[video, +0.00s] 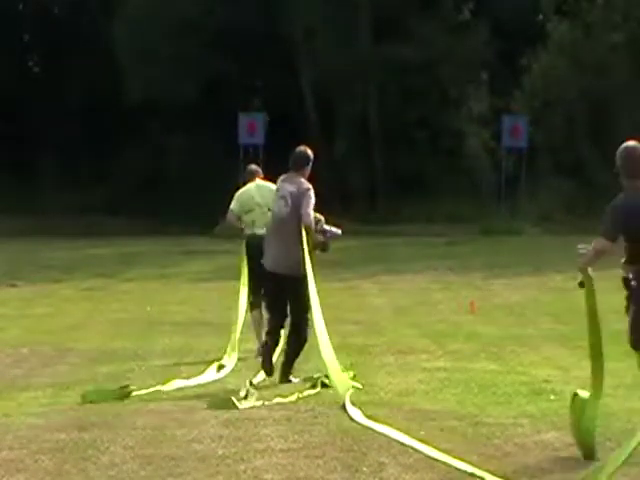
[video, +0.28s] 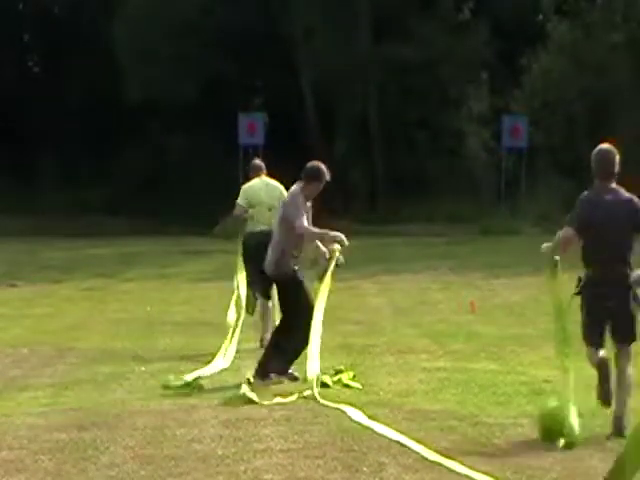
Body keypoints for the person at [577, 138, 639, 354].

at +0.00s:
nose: (617, 170)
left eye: (618, 165)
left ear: (620, 169)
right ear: (638, 167)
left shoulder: (624, 204)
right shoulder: (625, 203)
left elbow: (604, 244)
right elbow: (606, 243)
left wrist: (585, 262)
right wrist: (590, 256)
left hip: (635, 273)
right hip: (634, 272)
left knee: (637, 339)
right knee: (636, 339)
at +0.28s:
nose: (602, 171)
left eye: (598, 165)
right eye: (612, 165)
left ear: (593, 168)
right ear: (617, 168)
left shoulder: (587, 202)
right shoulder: (631, 204)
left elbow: (570, 235)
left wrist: (553, 248)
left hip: (594, 280)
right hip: (623, 280)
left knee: (593, 344)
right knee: (623, 352)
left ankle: (601, 363)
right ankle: (619, 419)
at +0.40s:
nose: (578, 165)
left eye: (575, 160)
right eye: (586, 159)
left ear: (570, 162)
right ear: (594, 161)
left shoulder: (567, 197)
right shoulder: (611, 193)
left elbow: (561, 232)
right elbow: (631, 227)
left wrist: (540, 242)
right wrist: (628, 263)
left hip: (580, 270)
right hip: (609, 269)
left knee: (577, 341)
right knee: (604, 348)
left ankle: (584, 397)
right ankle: (615, 360)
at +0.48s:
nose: (573, 167)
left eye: (568, 163)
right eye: (579, 161)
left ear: (561, 165)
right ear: (585, 164)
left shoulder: (558, 198)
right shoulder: (600, 194)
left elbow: (553, 234)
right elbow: (618, 227)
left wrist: (535, 235)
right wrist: (615, 259)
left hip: (574, 270)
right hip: (600, 268)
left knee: (570, 340)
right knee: (585, 332)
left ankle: (586, 403)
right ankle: (596, 350)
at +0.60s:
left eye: (558, 157)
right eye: (571, 155)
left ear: (552, 158)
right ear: (575, 158)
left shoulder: (542, 192)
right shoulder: (586, 191)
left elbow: (523, 225)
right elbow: (604, 228)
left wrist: (510, 247)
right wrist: (598, 255)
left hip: (553, 261)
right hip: (579, 260)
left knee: (560, 320)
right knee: (570, 320)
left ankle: (571, 369)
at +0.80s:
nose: (532, 168)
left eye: (528, 164)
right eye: (538, 163)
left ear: (523, 165)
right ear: (545, 164)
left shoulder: (521, 198)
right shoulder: (559, 195)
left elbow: (508, 229)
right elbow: (577, 226)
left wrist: (495, 245)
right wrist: (572, 256)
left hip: (531, 264)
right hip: (556, 263)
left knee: (529, 327)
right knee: (554, 327)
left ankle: (536, 380)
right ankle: (556, 372)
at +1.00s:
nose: (520, 173)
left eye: (514, 169)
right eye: (524, 169)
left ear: (507, 171)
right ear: (528, 171)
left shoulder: (499, 202)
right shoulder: (539, 200)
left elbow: (488, 238)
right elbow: (551, 232)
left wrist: (488, 266)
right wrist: (548, 257)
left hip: (509, 265)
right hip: (534, 263)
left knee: (514, 320)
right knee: (526, 320)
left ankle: (525, 372)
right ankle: (528, 370)